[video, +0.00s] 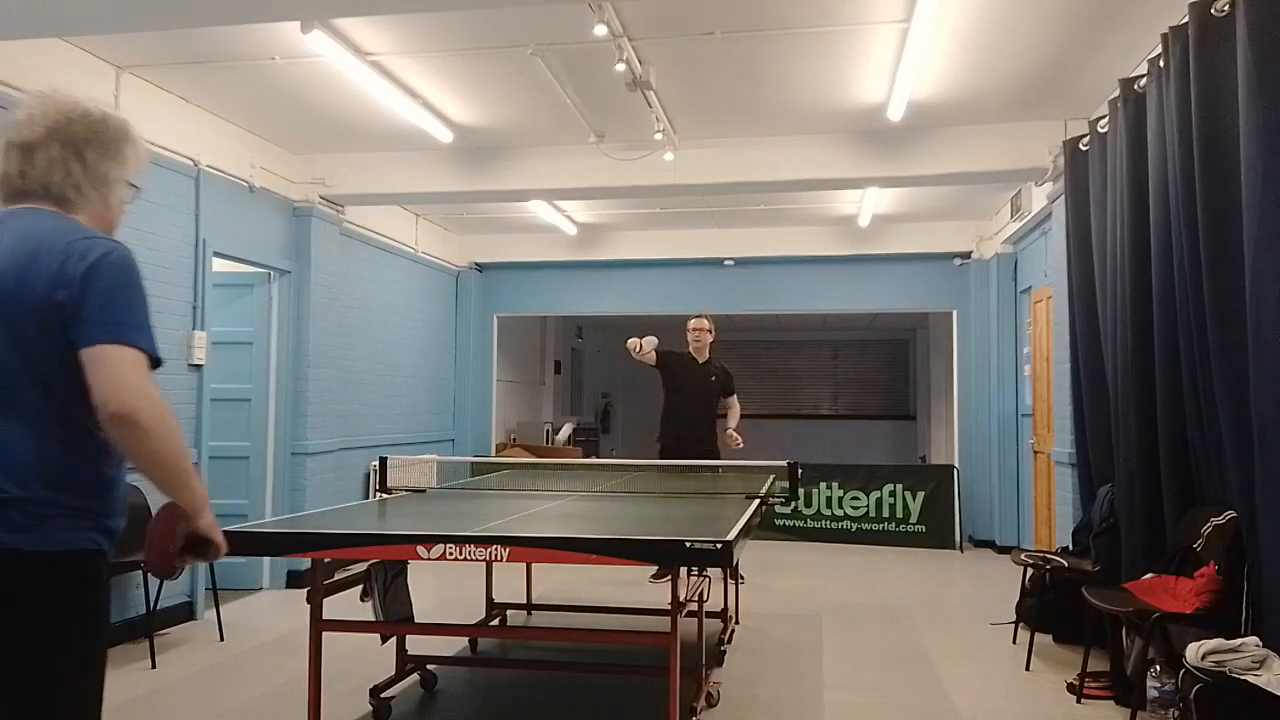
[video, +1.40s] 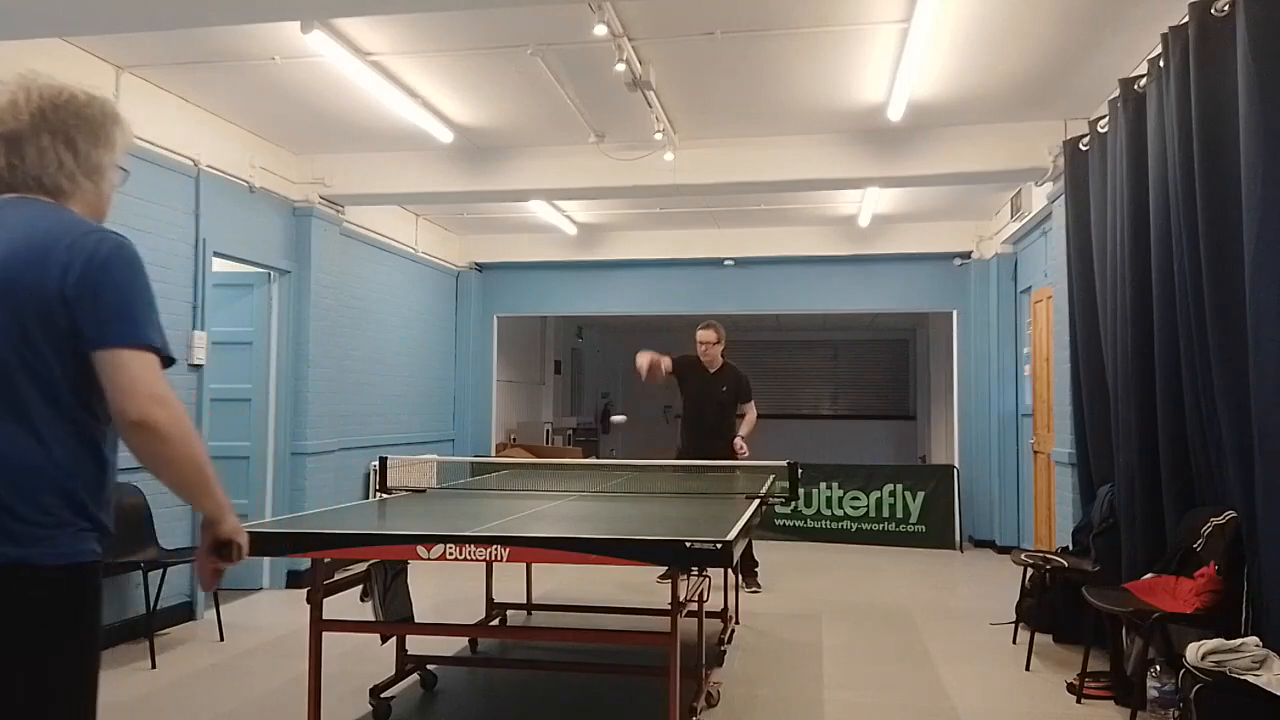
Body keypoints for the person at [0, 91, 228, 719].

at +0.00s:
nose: (129, 205)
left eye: (133, 190)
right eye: (128, 187)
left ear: (26, 168)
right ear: (91, 179)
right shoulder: (92, 258)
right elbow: (123, 403)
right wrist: (193, 506)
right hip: (46, 557)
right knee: (53, 706)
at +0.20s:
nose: (178, 217)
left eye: (181, 202)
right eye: (175, 200)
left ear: (79, 185)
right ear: (138, 193)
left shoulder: (16, 259)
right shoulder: (140, 264)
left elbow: (34, 410)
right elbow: (215, 393)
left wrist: (133, 503)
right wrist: (260, 471)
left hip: (8, 545)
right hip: (79, 556)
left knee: (18, 700)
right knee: (84, 706)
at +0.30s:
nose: (199, 225)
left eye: (202, 210)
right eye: (196, 208)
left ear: (100, 196)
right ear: (159, 201)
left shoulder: (27, 277)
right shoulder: (156, 268)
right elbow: (268, 381)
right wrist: (304, 453)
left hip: (17, 549)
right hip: (100, 557)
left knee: (40, 703)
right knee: (106, 707)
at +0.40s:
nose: (217, 231)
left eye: (220, 217)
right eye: (214, 215)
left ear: (120, 202)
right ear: (180, 207)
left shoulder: (47, 284)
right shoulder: (187, 275)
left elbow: (7, 403)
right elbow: (318, 376)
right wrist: (353, 437)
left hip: (27, 551)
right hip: (123, 553)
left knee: (74, 708)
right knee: (135, 708)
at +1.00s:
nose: (183, 213)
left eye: (186, 198)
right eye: (181, 197)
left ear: (75, 192)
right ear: (155, 195)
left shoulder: (15, 277)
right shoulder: (172, 274)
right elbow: (263, 417)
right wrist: (319, 469)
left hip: (13, 561)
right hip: (118, 564)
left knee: (50, 707)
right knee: (119, 708)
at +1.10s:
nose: (168, 210)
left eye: (170, 195)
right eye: (165, 193)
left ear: (59, 184)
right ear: (134, 189)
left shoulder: (10, 261)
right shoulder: (152, 272)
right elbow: (224, 428)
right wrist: (283, 495)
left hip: (7, 551)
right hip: (93, 561)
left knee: (17, 703)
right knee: (93, 707)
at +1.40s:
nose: (117, 186)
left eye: (119, 170)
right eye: (113, 168)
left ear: (13, 160)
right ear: (79, 166)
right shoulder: (89, 251)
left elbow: (142, 411)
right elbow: (141, 411)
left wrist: (214, 510)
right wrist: (217, 511)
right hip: (41, 560)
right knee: (49, 706)